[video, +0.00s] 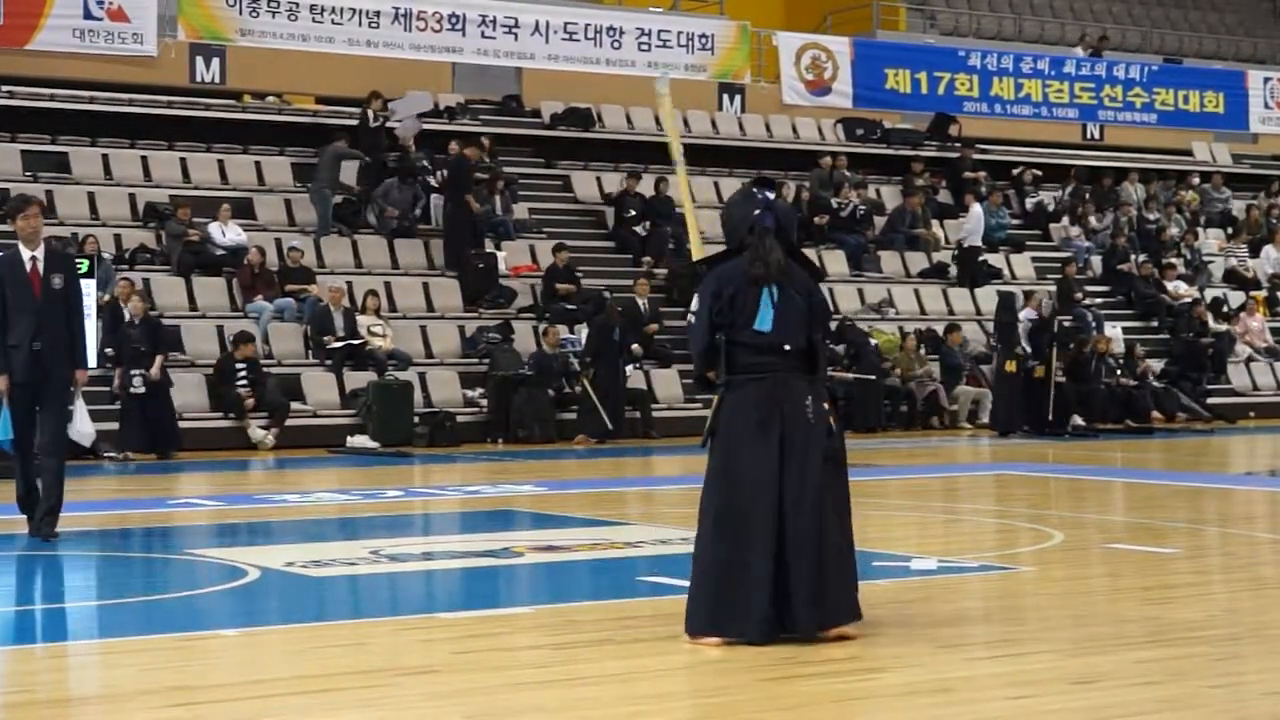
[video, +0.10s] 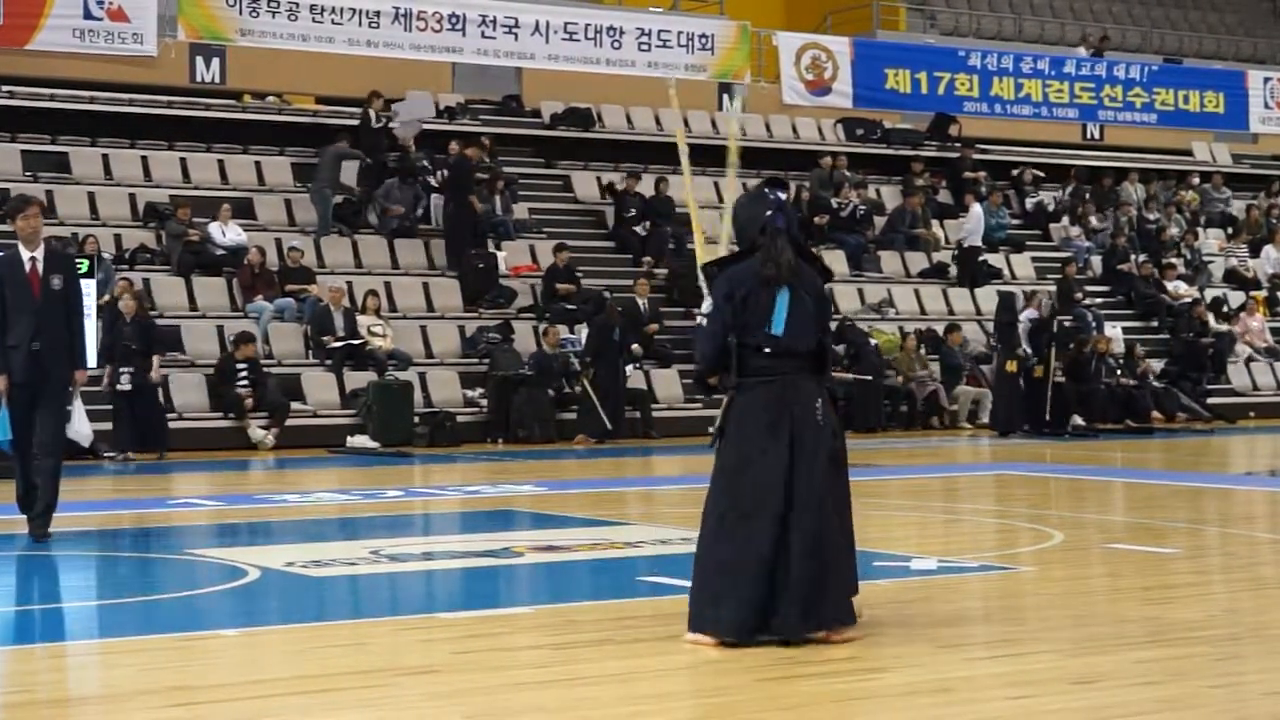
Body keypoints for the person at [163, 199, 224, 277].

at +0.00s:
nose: (186, 212)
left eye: (187, 209)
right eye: (182, 210)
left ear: (190, 212)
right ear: (176, 212)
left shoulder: (193, 224)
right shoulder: (171, 224)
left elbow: (206, 235)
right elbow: (176, 231)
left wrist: (197, 237)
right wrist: (195, 232)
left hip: (200, 251)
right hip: (182, 251)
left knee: (215, 262)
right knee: (186, 265)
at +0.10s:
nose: (186, 212)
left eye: (187, 209)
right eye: (182, 210)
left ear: (190, 212)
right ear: (176, 212)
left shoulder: (193, 225)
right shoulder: (171, 224)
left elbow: (206, 235)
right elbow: (177, 231)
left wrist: (197, 237)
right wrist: (196, 232)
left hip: (200, 251)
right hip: (182, 252)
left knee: (216, 262)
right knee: (186, 265)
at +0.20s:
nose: (186, 212)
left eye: (187, 210)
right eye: (182, 210)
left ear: (190, 212)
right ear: (176, 212)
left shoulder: (194, 224)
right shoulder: (171, 224)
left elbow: (206, 235)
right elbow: (177, 231)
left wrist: (196, 237)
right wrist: (196, 232)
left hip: (200, 251)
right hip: (183, 251)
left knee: (216, 262)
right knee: (187, 264)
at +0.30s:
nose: (186, 213)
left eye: (188, 210)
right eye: (183, 210)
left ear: (191, 212)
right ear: (176, 212)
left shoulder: (194, 224)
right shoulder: (171, 224)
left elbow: (207, 235)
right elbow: (177, 231)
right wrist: (196, 232)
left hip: (200, 251)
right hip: (183, 251)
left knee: (216, 261)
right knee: (187, 264)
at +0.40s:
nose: (186, 213)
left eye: (188, 211)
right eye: (183, 211)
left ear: (191, 212)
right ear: (176, 212)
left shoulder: (194, 224)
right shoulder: (171, 224)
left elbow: (207, 236)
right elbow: (178, 231)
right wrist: (197, 232)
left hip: (200, 251)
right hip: (183, 251)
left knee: (216, 262)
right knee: (187, 265)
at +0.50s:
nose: (186, 213)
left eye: (188, 210)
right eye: (183, 210)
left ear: (191, 212)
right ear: (176, 212)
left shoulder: (194, 224)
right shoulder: (171, 224)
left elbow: (207, 235)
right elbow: (178, 231)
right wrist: (197, 232)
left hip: (200, 251)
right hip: (183, 251)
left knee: (216, 261)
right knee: (187, 264)